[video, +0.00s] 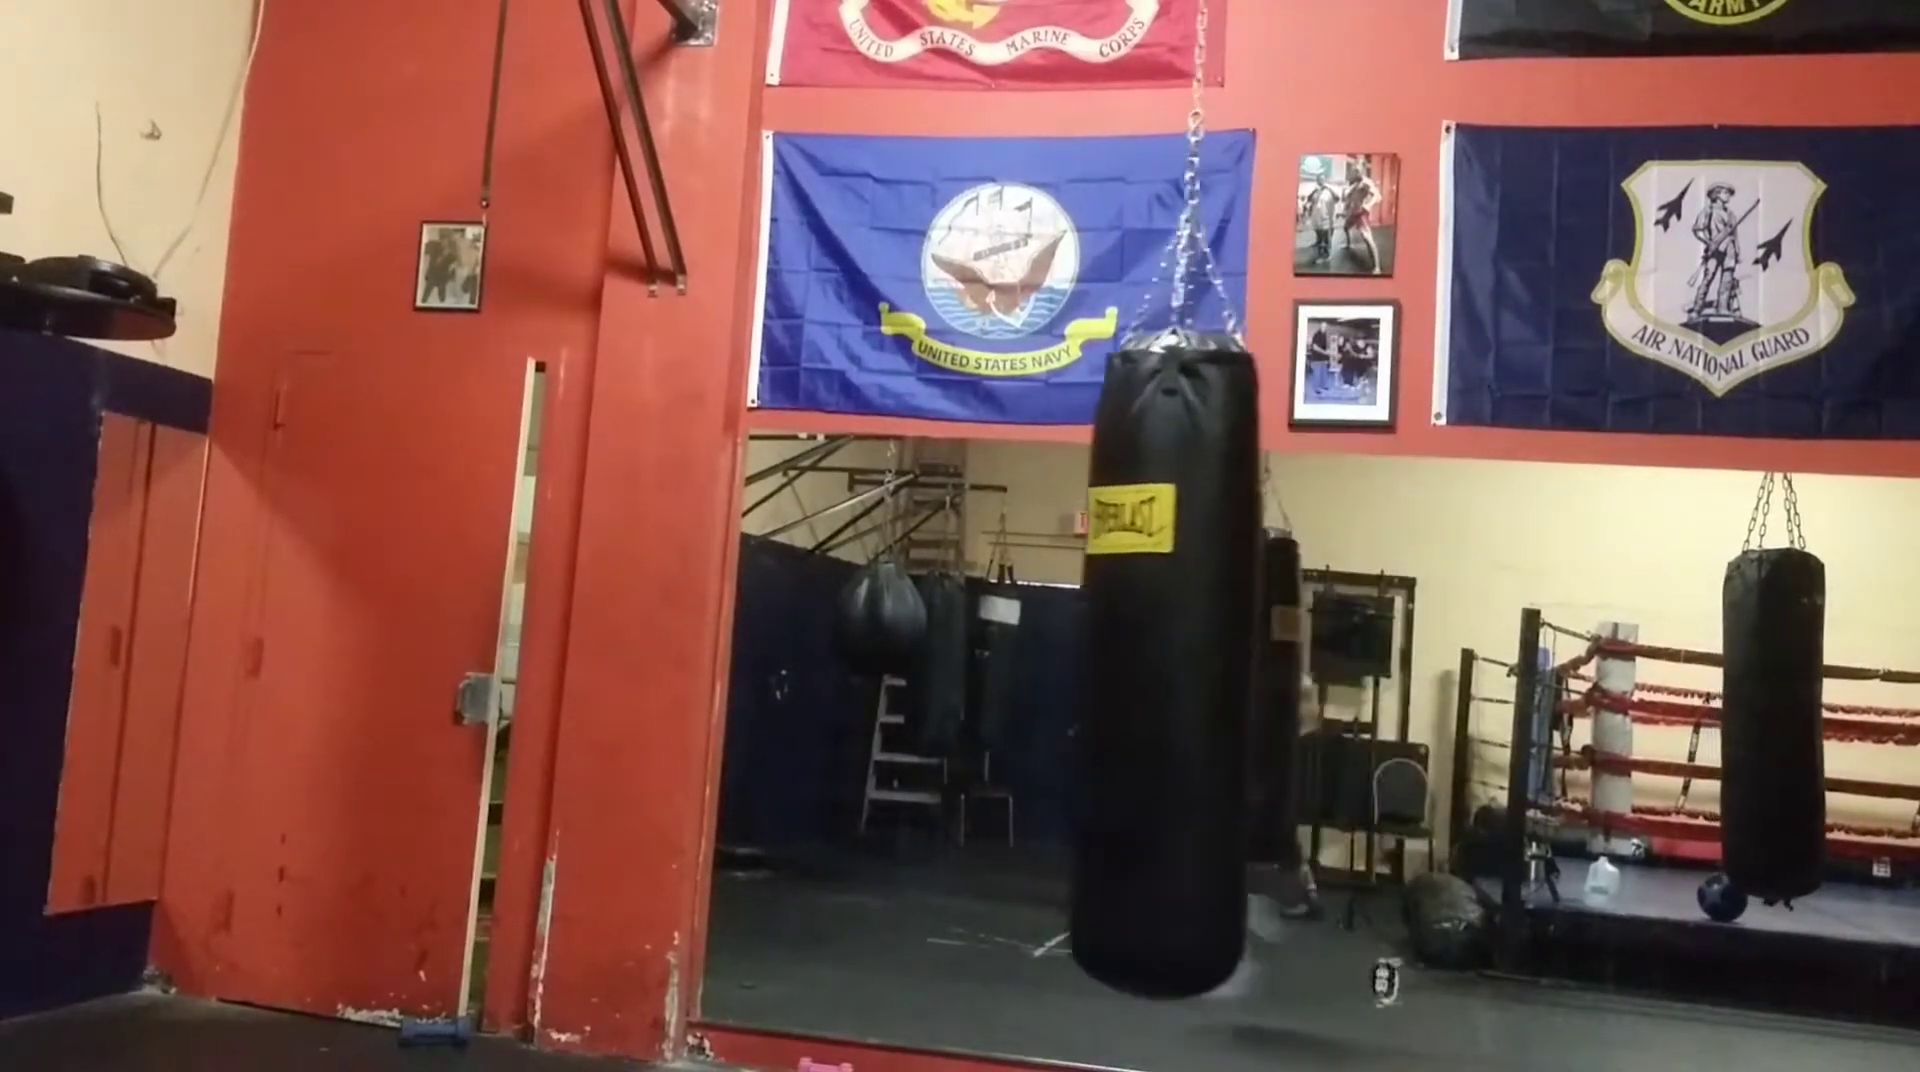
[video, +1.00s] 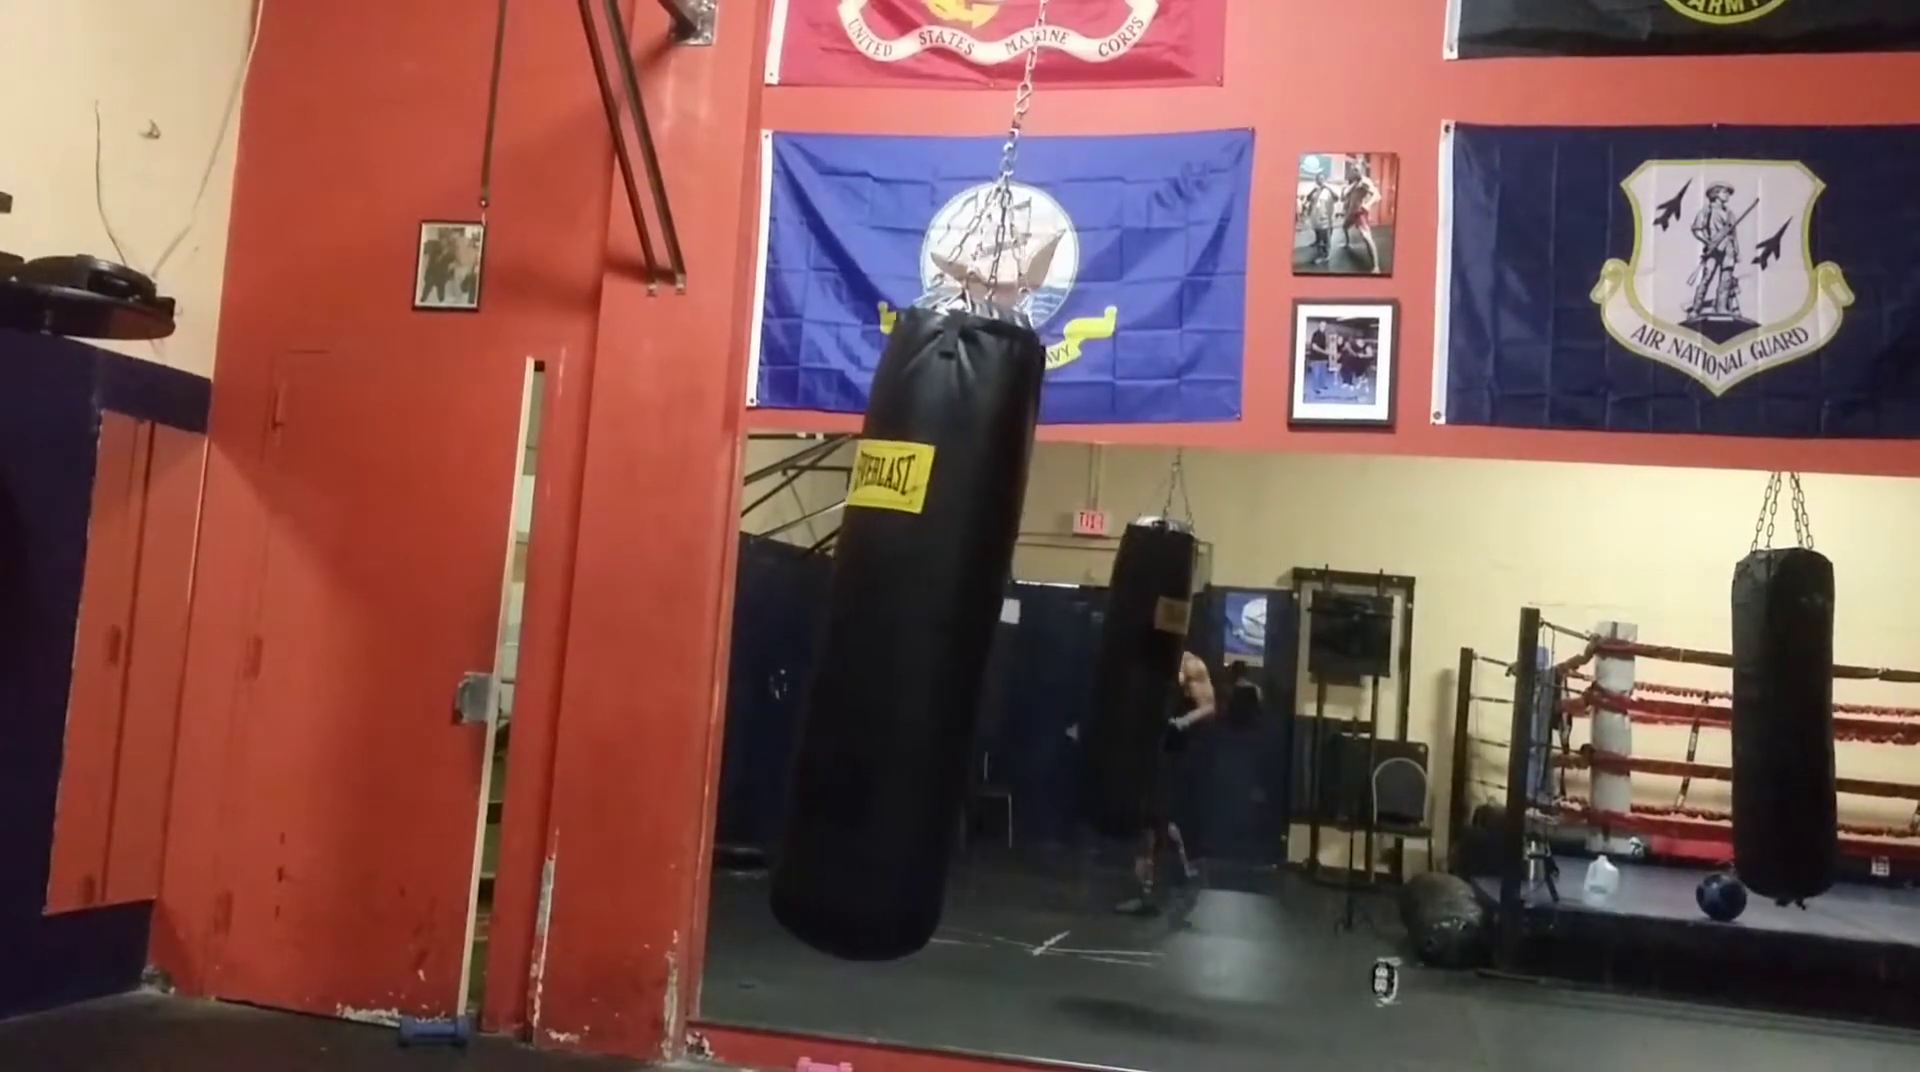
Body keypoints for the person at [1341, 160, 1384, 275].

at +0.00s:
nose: (1352, 175)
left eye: (1354, 172)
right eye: (1351, 172)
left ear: (1359, 173)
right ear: (1351, 174)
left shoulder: (1365, 183)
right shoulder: (1351, 186)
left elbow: (1377, 195)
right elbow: (1346, 200)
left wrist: (1367, 206)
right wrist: (1345, 212)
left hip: (1361, 212)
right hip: (1351, 212)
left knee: (1366, 236)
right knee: (1345, 228)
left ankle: (1376, 266)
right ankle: (1348, 244)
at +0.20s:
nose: (1351, 175)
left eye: (1353, 173)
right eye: (1351, 173)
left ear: (1358, 173)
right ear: (1352, 174)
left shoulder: (1365, 183)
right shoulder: (1352, 185)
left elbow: (1377, 195)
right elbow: (1347, 199)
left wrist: (1368, 206)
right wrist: (1346, 211)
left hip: (1362, 212)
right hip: (1352, 212)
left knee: (1367, 236)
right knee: (1346, 228)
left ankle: (1377, 267)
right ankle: (1348, 244)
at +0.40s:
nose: (1353, 175)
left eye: (1355, 172)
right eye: (1352, 172)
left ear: (1359, 173)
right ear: (1350, 174)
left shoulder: (1365, 183)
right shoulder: (1351, 185)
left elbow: (1376, 196)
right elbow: (1345, 199)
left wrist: (1367, 206)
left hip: (1361, 212)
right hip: (1351, 213)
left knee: (1366, 237)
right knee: (1345, 228)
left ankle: (1376, 267)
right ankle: (1348, 245)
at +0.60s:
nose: (1354, 174)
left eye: (1356, 171)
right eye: (1352, 172)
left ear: (1360, 172)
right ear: (1351, 174)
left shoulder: (1365, 183)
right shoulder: (1352, 185)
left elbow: (1376, 196)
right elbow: (1345, 199)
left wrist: (1367, 206)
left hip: (1361, 212)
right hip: (1351, 213)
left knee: (1366, 237)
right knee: (1345, 228)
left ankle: (1376, 267)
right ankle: (1348, 245)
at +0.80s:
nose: (1353, 174)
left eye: (1356, 171)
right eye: (1352, 172)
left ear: (1360, 172)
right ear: (1351, 173)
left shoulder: (1365, 182)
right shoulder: (1352, 184)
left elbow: (1377, 195)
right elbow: (1344, 197)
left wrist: (1367, 206)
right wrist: (1352, 187)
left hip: (1361, 211)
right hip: (1352, 212)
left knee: (1367, 237)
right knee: (1345, 227)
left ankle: (1376, 266)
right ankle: (1348, 244)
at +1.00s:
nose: (1350, 175)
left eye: (1352, 172)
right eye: (1349, 173)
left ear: (1357, 173)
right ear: (1350, 174)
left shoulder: (1364, 182)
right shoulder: (1351, 185)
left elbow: (1376, 195)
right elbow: (1343, 198)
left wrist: (1366, 205)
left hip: (1360, 211)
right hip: (1351, 212)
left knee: (1366, 236)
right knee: (1345, 227)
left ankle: (1375, 266)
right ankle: (1347, 243)